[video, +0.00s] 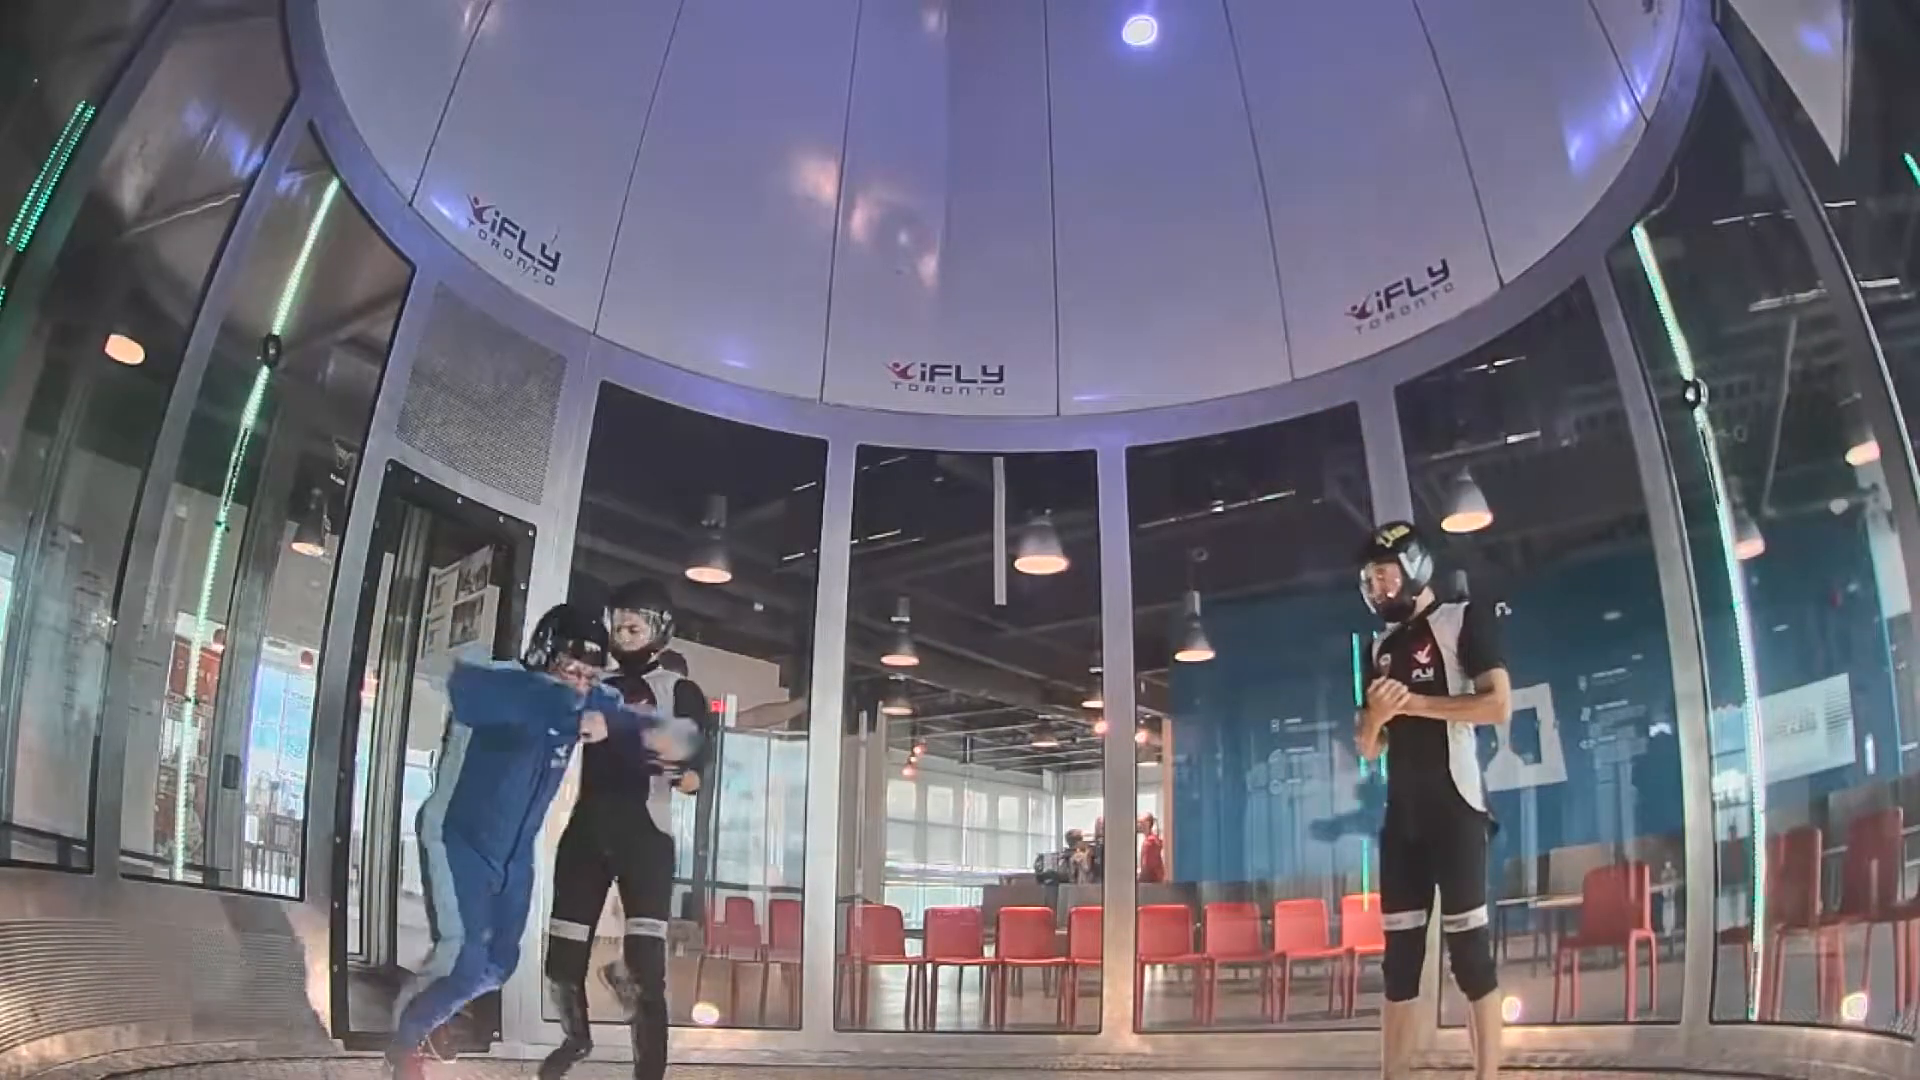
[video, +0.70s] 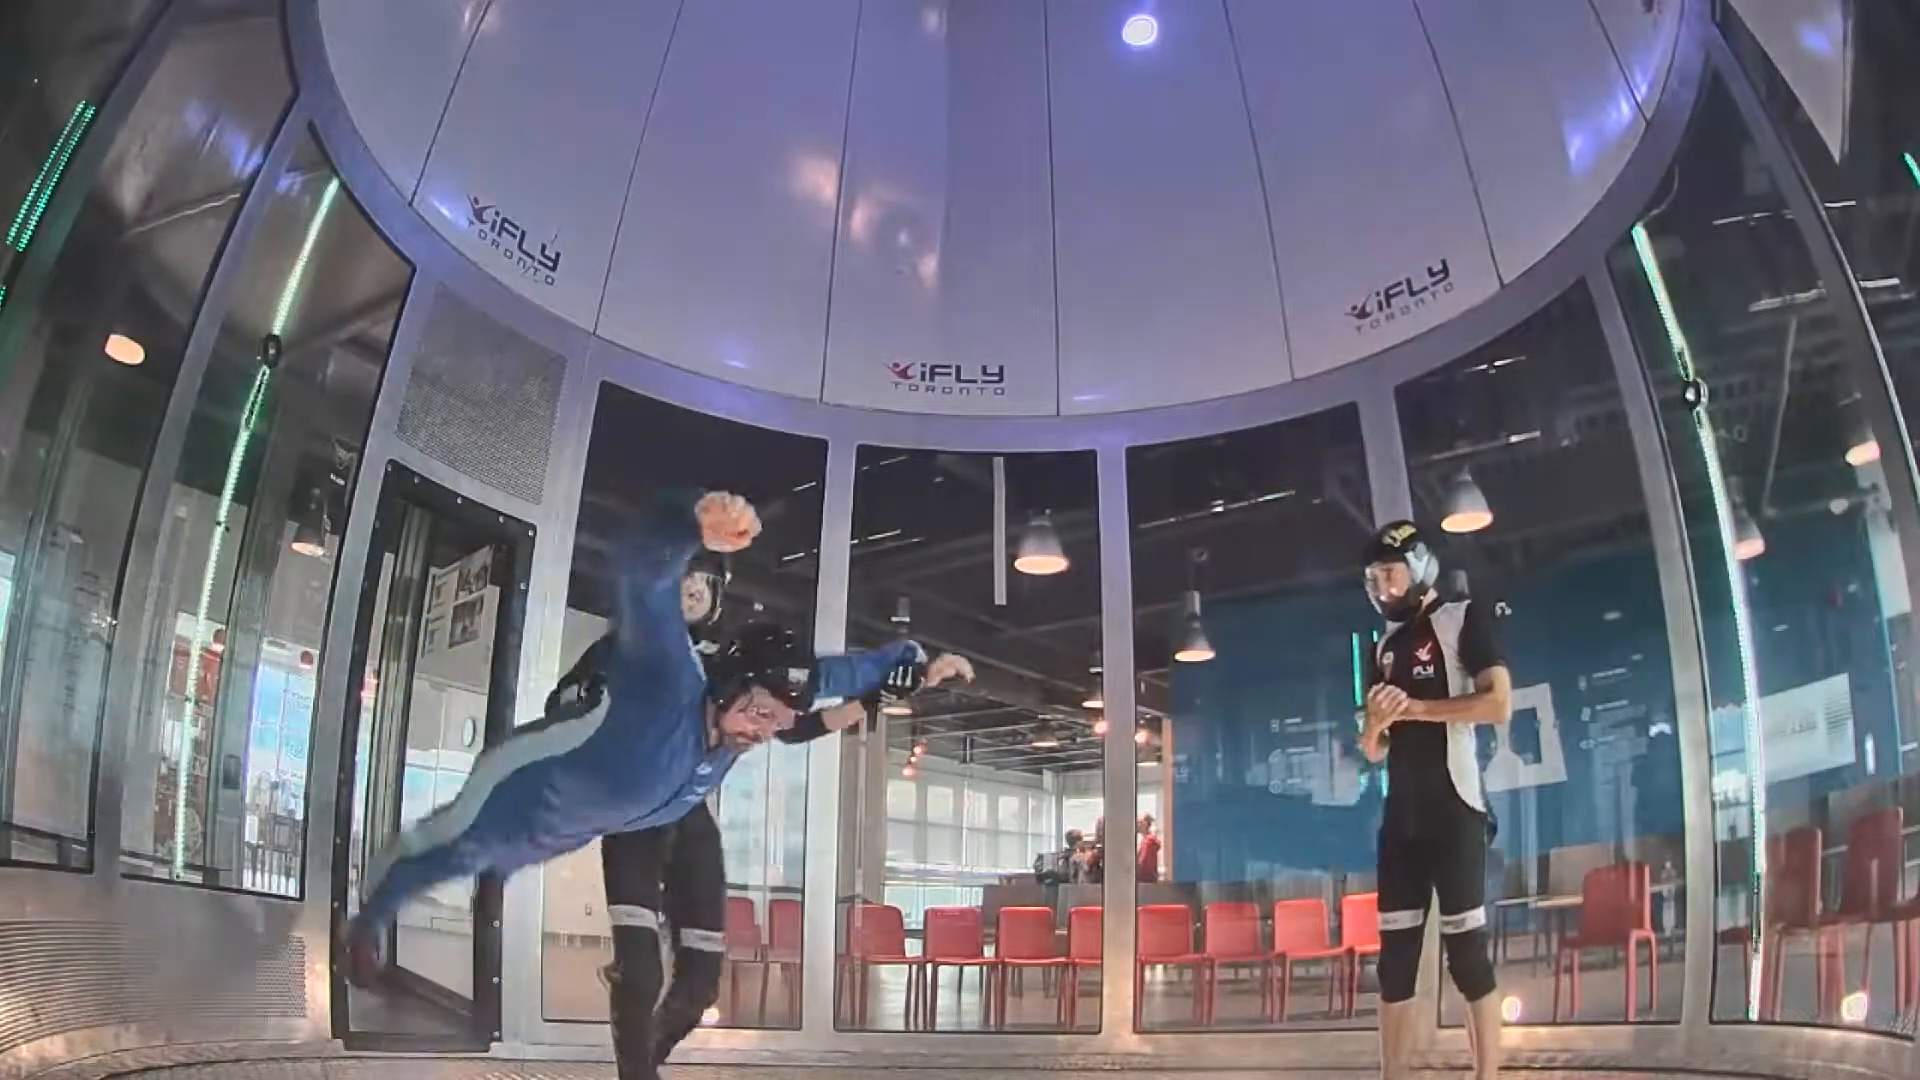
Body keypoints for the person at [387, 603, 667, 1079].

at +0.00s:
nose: (579, 677)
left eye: (590, 671)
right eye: (571, 663)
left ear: (599, 672)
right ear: (543, 653)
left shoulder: (585, 702)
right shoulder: (501, 680)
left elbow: (619, 715)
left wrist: (656, 732)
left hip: (515, 851)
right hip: (455, 836)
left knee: (498, 965)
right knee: (464, 959)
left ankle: (419, 1026)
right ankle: (404, 1047)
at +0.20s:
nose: (604, 714)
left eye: (615, 705)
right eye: (595, 701)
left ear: (624, 710)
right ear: (572, 694)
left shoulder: (618, 735)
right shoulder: (529, 720)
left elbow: (684, 725)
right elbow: (493, 656)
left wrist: (751, 715)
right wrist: (572, 651)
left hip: (529, 887)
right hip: (470, 869)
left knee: (498, 997)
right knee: (478, 992)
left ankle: (424, 1038)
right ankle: (404, 1040)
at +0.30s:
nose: (618, 722)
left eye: (630, 714)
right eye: (609, 707)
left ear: (640, 719)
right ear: (583, 698)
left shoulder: (629, 744)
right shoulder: (540, 721)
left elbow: (700, 722)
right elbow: (508, 645)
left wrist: (768, 705)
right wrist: (574, 617)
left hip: (535, 899)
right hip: (477, 876)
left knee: (488, 1014)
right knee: (478, 1008)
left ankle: (420, 1044)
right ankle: (407, 1037)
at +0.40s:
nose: (663, 745)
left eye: (675, 733)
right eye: (653, 728)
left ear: (684, 728)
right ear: (624, 709)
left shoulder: (675, 735)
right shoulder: (579, 718)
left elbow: (748, 706)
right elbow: (555, 624)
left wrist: (826, 670)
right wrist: (590, 554)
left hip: (548, 896)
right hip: (493, 875)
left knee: (480, 1002)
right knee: (465, 1005)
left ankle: (423, 1049)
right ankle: (408, 1053)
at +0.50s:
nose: (694, 738)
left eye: (706, 728)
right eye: (686, 719)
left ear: (714, 726)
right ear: (656, 699)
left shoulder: (696, 735)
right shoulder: (604, 704)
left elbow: (774, 697)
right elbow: (587, 612)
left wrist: (859, 668)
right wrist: (622, 536)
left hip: (558, 891)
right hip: (502, 862)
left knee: (484, 970)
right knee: (461, 970)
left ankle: (419, 1025)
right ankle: (407, 1034)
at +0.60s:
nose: (745, 733)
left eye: (759, 724)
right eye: (741, 713)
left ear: (769, 721)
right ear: (713, 683)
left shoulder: (721, 733)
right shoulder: (654, 686)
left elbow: (806, 685)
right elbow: (633, 596)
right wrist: (667, 520)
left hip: (573, 842)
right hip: (519, 808)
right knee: (459, 893)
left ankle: (483, 928)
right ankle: (396, 972)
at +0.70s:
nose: (760, 726)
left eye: (777, 721)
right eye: (759, 707)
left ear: (782, 724)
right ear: (733, 678)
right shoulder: (667, 678)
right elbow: (640, 583)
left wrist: (906, 662)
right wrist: (689, 522)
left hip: (565, 821)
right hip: (523, 778)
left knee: (486, 856)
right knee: (447, 845)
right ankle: (370, 913)